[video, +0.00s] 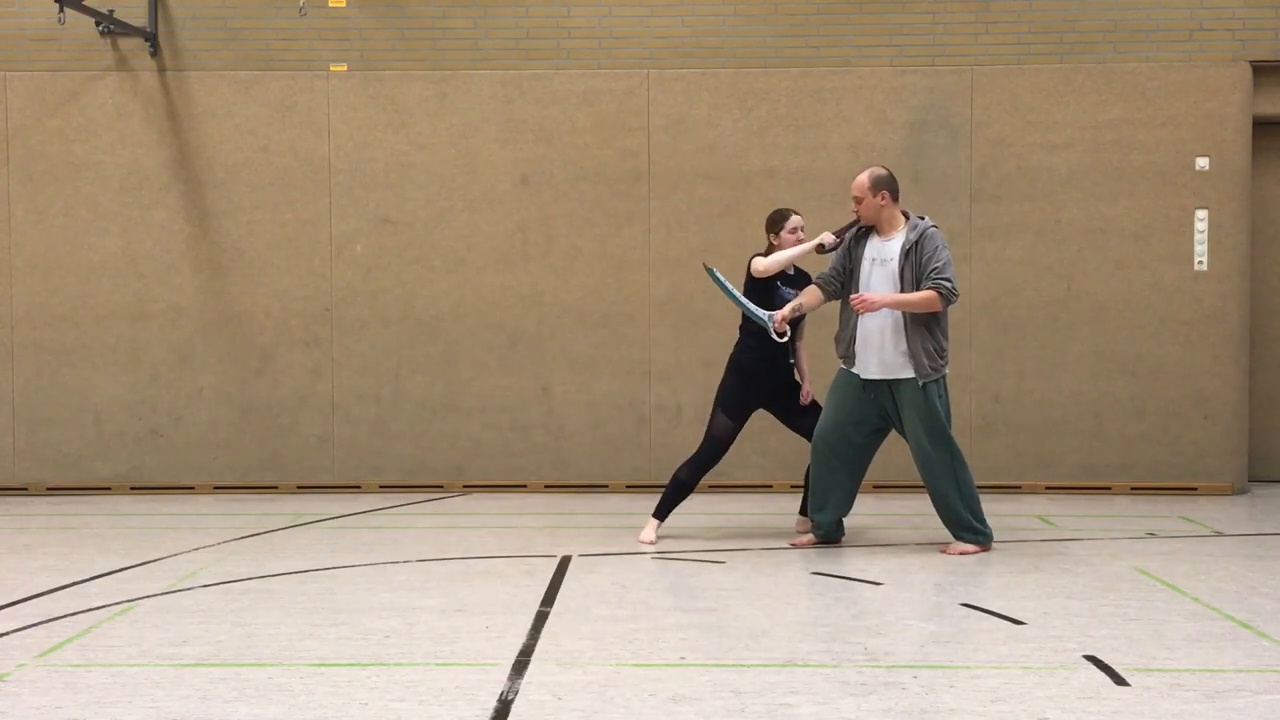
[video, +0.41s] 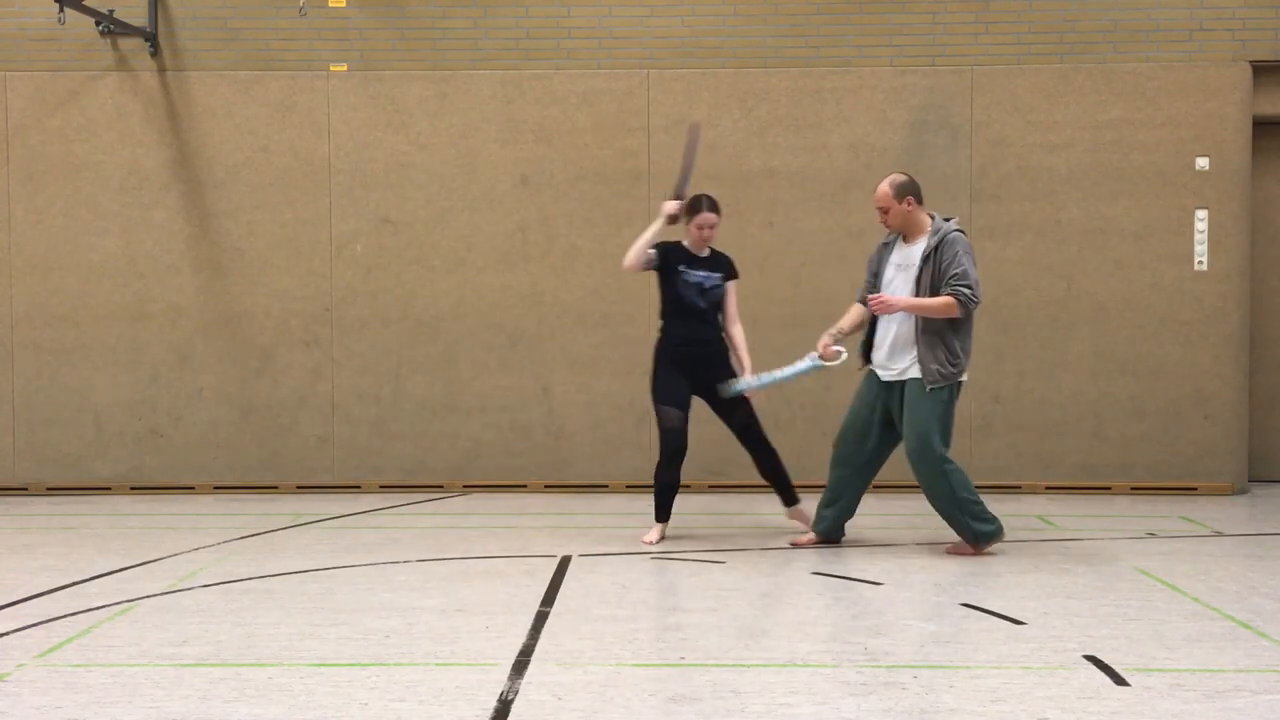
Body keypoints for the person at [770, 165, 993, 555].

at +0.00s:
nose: (853, 206)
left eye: (858, 199)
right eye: (852, 199)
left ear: (883, 198)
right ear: (878, 200)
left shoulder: (925, 237)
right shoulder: (856, 240)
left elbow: (943, 295)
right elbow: (828, 284)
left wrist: (886, 300)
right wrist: (794, 307)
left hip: (913, 374)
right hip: (860, 373)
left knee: (936, 454)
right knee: (829, 441)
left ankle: (974, 536)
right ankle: (826, 529)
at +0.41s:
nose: (879, 218)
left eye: (884, 210)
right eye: (878, 210)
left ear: (909, 205)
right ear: (900, 206)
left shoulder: (950, 242)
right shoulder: (886, 249)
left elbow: (961, 303)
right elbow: (865, 302)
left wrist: (901, 303)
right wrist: (833, 333)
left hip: (930, 373)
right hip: (885, 372)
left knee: (925, 453)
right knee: (851, 445)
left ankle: (982, 531)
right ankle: (828, 529)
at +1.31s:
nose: (997, 223)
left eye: (998, 215)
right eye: (995, 216)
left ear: (1017, 207)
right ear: (1028, 206)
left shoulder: (1027, 243)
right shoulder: (1071, 235)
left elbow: (1018, 305)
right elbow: (1076, 295)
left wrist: (962, 299)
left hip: (1050, 372)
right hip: (1095, 366)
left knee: (995, 443)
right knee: (1114, 446)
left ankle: (988, 538)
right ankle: (1166, 524)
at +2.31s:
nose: (1057, 204)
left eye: (1061, 197)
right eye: (1057, 197)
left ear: (1085, 194)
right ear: (1091, 195)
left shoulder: (1090, 235)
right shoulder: (1120, 230)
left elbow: (1033, 266)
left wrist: (1041, 225)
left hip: (1085, 370)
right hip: (1124, 368)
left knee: (1040, 445)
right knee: (1130, 449)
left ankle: (1016, 537)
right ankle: (1172, 534)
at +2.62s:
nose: (1048, 206)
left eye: (1052, 198)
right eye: (1048, 199)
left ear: (1077, 197)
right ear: (1083, 198)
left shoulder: (1078, 239)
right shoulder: (1114, 232)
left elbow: (1025, 274)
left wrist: (1031, 230)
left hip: (1085, 371)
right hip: (1125, 367)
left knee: (1030, 436)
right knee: (1131, 447)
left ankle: (1016, 536)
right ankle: (1173, 534)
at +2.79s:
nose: (1029, 209)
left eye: (1034, 202)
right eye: (1029, 202)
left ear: (1057, 200)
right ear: (1064, 201)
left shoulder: (1056, 243)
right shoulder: (1094, 235)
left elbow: (1005, 281)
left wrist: (1006, 241)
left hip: (1065, 373)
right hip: (1107, 368)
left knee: (1004, 435)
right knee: (1122, 446)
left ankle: (1009, 535)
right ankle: (1171, 531)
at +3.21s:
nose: (956, 191)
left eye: (961, 184)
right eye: (956, 184)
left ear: (984, 186)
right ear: (984, 185)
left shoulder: (1002, 228)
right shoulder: (989, 222)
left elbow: (953, 266)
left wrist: (937, 224)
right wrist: (949, 194)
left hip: (996, 363)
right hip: (971, 360)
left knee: (980, 446)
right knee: (942, 431)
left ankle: (1005, 536)